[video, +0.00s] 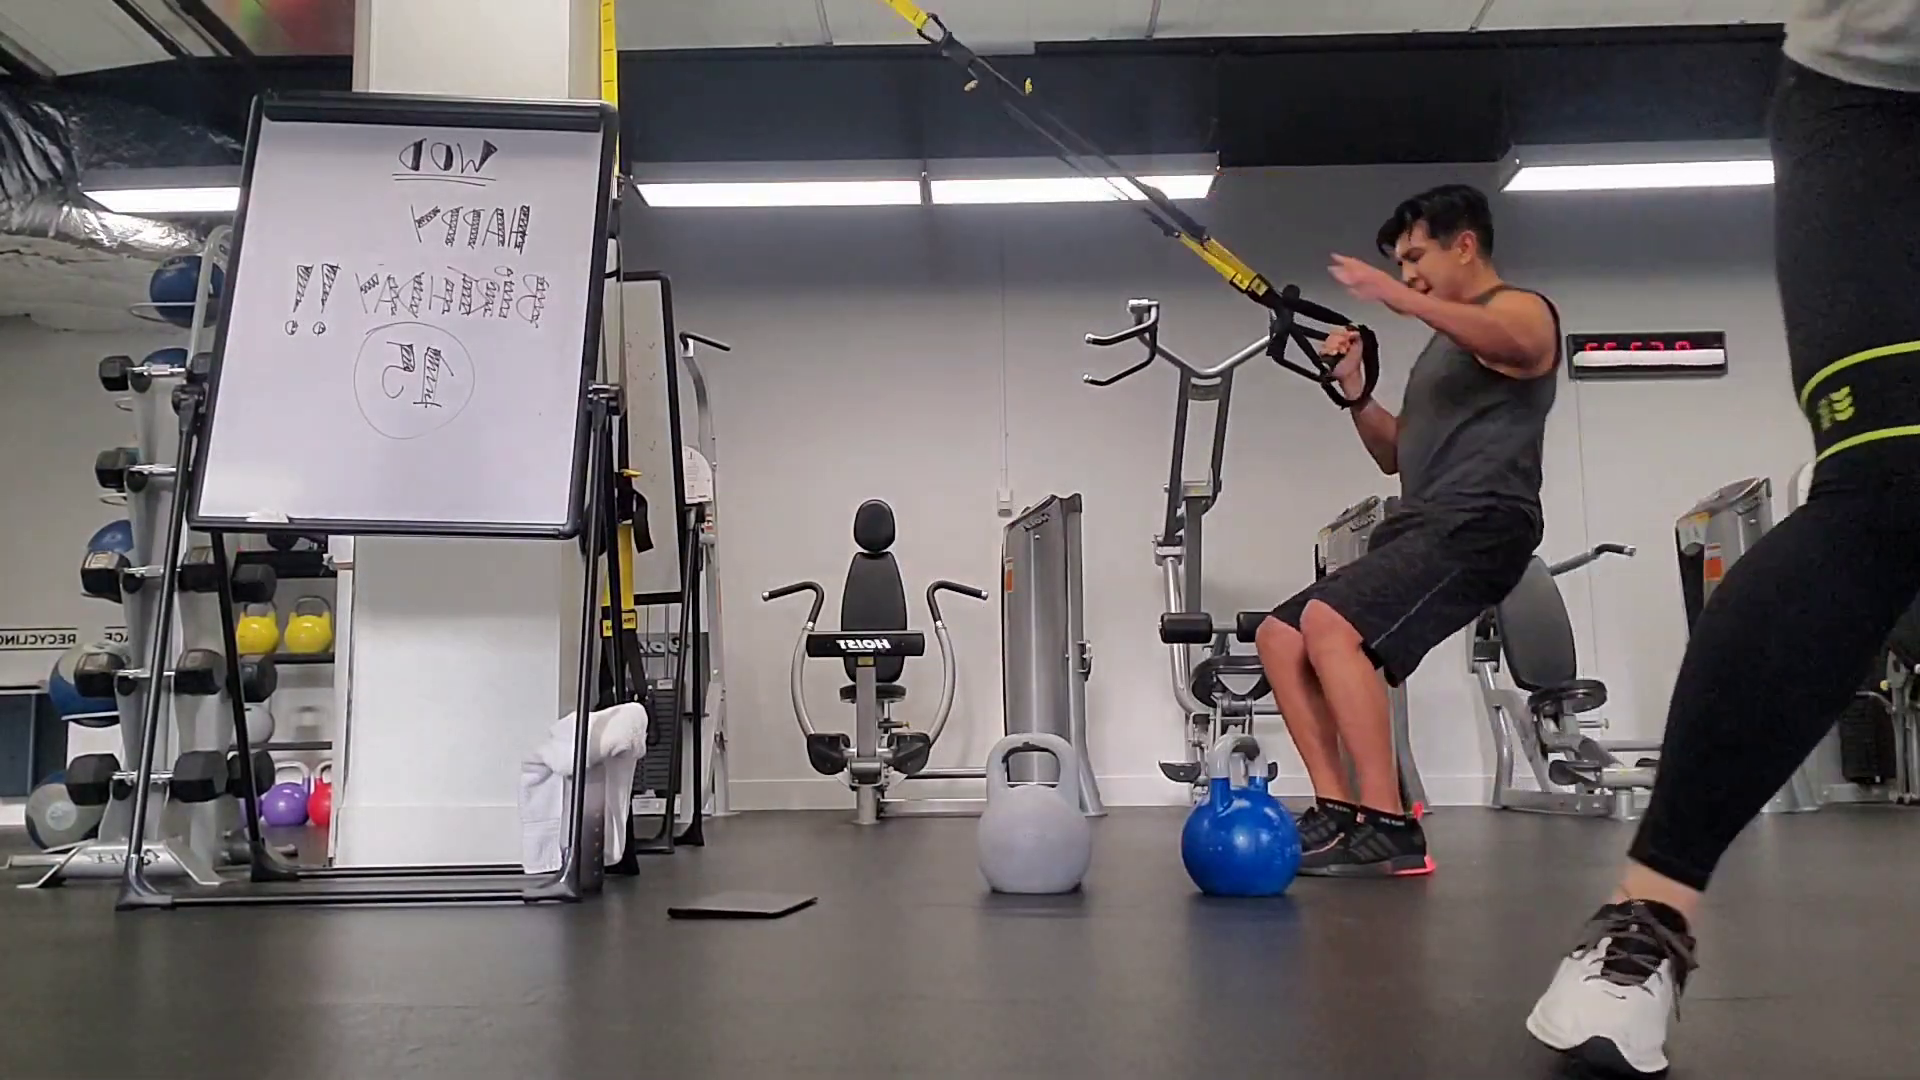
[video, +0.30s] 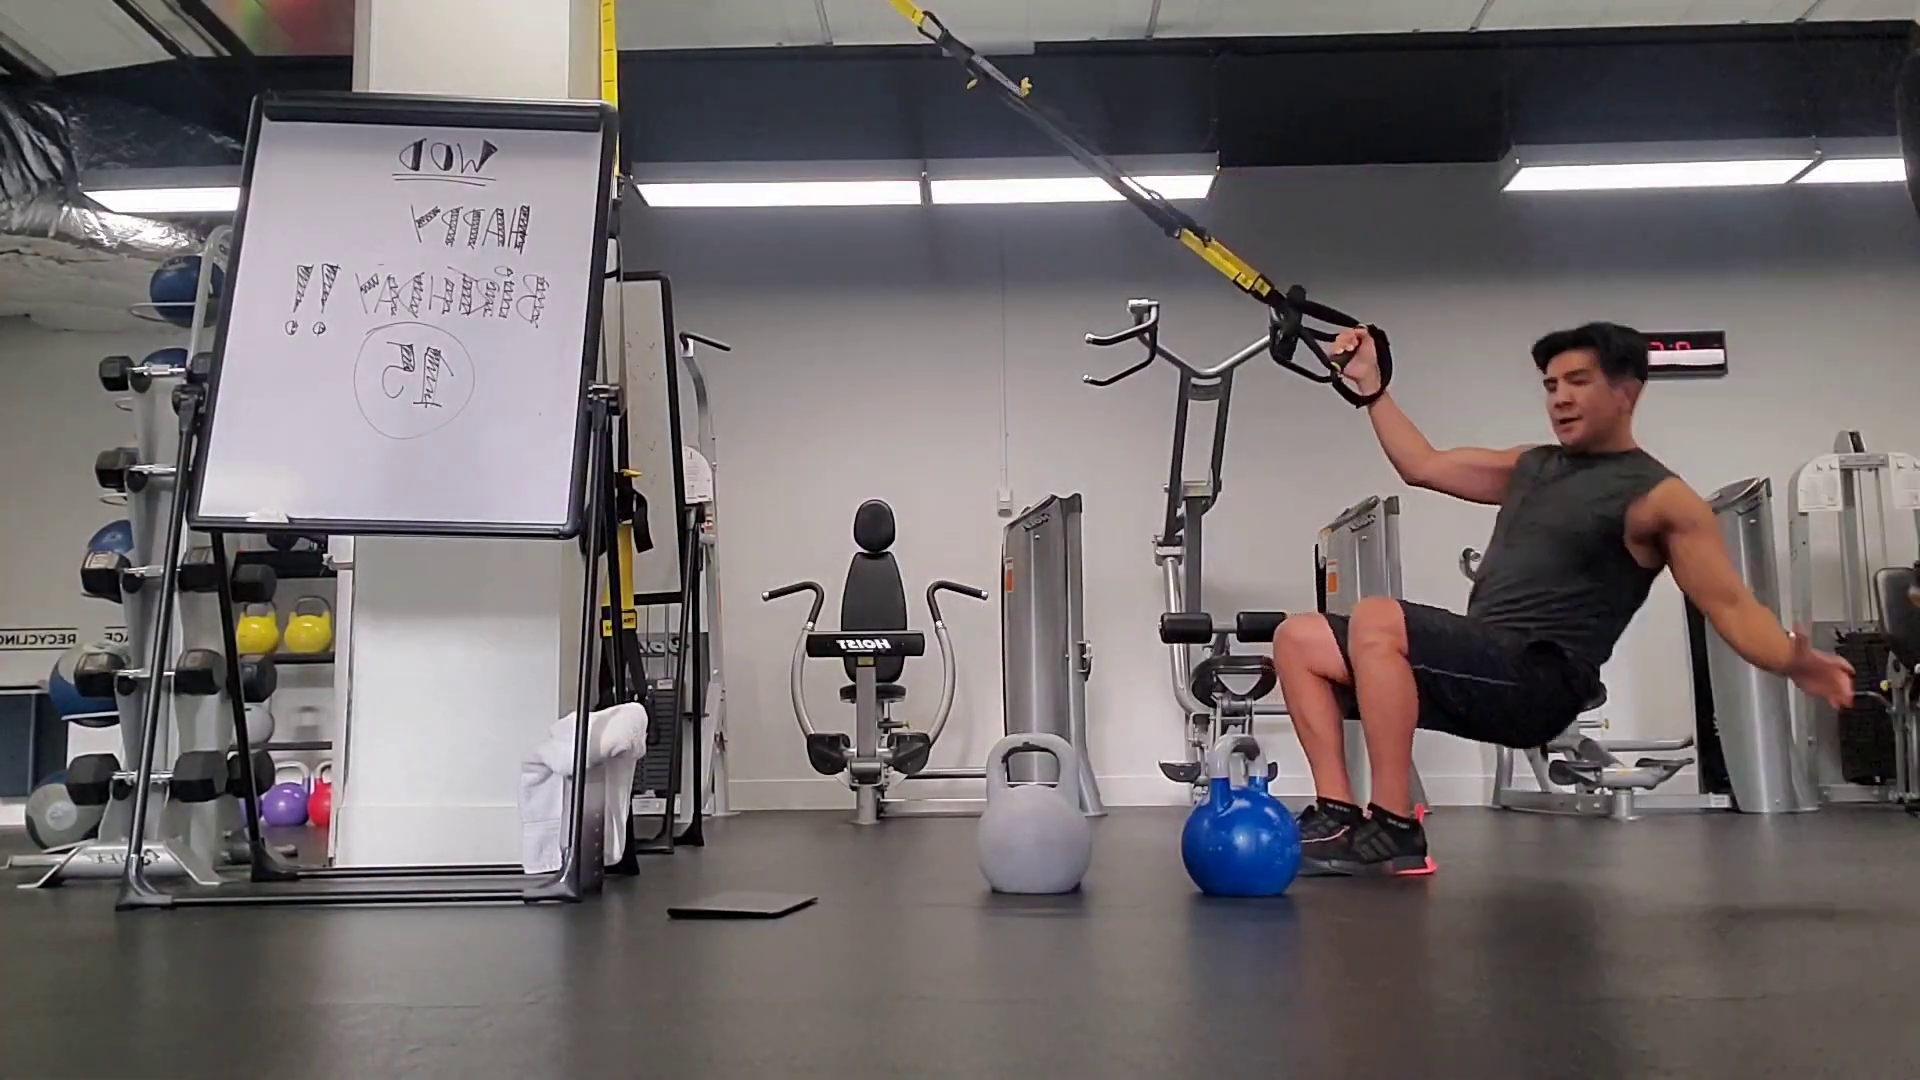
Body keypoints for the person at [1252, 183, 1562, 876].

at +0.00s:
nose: (1408, 277)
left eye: (1416, 257)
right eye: (1401, 264)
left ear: (1466, 244)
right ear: (1459, 254)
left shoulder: (1522, 306)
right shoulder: (1444, 348)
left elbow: (1523, 345)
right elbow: (1401, 456)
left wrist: (1405, 296)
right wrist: (1359, 398)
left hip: (1482, 522)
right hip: (1422, 526)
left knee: (1329, 621)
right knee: (1279, 635)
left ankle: (1389, 824)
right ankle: (1339, 813)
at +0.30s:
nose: (1558, 398)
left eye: (1577, 381)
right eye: (1551, 386)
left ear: (1628, 390)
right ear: (1547, 396)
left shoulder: (1663, 497)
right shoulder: (1528, 468)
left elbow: (1728, 602)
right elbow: (1420, 464)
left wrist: (1789, 659)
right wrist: (1372, 390)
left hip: (1544, 680)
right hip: (1477, 666)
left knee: (1378, 621)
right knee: (1298, 639)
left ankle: (1396, 826)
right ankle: (1337, 813)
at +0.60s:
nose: (1640, 497)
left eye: (1662, 485)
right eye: (1628, 483)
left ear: (1700, 509)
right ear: (1612, 493)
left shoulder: (1711, 628)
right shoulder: (1557, 539)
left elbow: (1773, 743)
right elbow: (1455, 478)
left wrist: (1880, 824)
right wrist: (1370, 408)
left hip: (1555, 782)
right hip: (1474, 749)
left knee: (1456, 628)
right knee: (1345, 636)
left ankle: (1403, 823)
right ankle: (1342, 812)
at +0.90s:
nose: (1576, 412)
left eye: (1597, 398)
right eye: (1573, 403)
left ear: (1649, 421)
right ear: (1568, 421)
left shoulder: (1664, 518)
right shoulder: (1538, 494)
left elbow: (1707, 627)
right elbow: (1434, 474)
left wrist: (1759, 690)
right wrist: (1368, 406)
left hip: (1535, 692)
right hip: (1472, 681)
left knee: (1372, 620)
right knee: (1303, 638)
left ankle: (1396, 824)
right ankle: (1336, 810)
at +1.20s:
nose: (1470, 243)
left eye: (1486, 228)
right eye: (1475, 231)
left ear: (1534, 238)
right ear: (1529, 242)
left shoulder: (1541, 305)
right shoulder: (1498, 326)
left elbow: (1439, 312)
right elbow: (1439, 439)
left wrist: (1323, 271)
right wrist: (1386, 380)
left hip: (1479, 508)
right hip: (1436, 509)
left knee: (1330, 622)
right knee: (1289, 630)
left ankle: (1388, 824)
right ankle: (1337, 812)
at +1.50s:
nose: (1380, 164)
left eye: (1393, 153)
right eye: (1387, 153)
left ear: (1432, 164)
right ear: (1442, 171)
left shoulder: (1398, 206)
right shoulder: (1468, 265)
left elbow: (1269, 172)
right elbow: (1466, 384)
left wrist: (1158, 128)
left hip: (1399, 433)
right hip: (1421, 440)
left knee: (1360, 615)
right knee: (1321, 617)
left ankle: (1387, 822)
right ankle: (1315, 803)